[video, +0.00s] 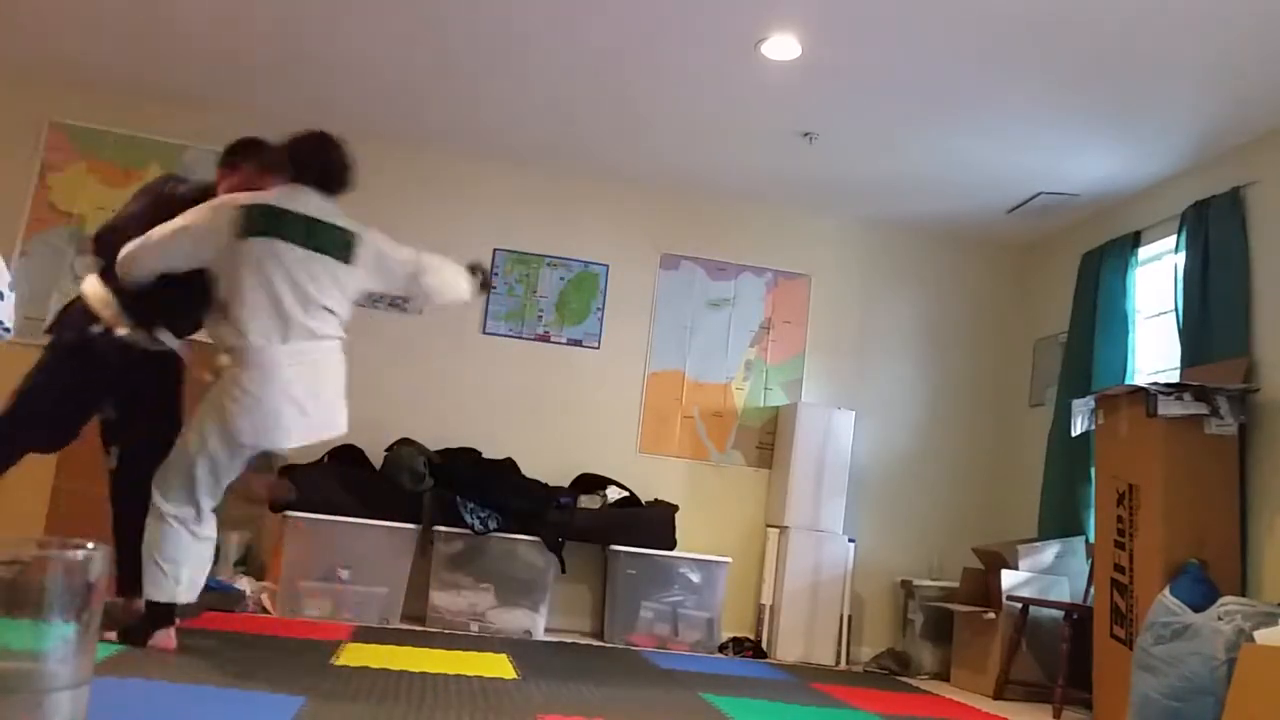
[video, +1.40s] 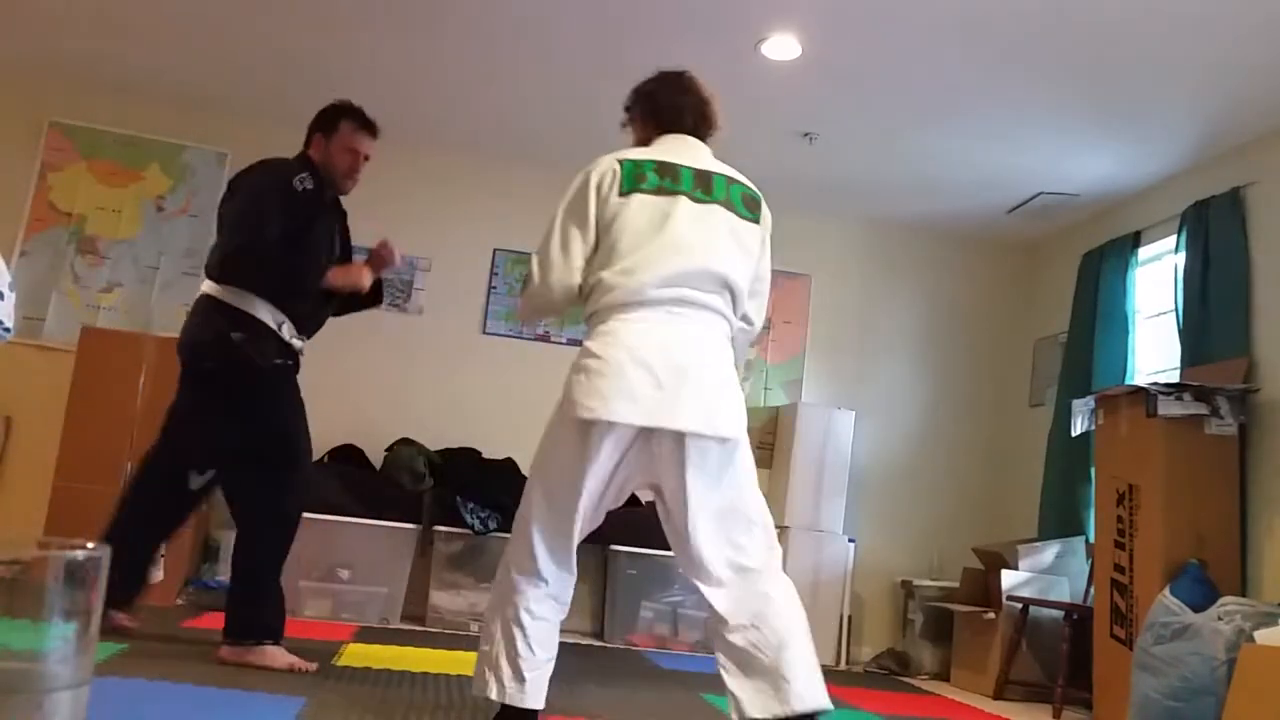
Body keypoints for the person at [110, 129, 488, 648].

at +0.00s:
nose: (257, 175)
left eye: (270, 166)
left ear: (282, 167)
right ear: (337, 183)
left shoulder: (238, 214)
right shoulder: (355, 241)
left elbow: (137, 259)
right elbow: (427, 278)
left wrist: (129, 272)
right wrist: (473, 278)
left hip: (248, 400)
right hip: (320, 407)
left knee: (180, 494)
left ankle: (160, 621)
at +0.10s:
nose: (263, 192)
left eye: (274, 187)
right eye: (262, 180)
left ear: (275, 190)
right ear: (240, 168)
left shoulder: (267, 230)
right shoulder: (182, 185)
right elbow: (123, 231)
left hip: (181, 355)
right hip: (119, 329)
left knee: (153, 479)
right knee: (80, 430)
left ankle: (130, 601)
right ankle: (3, 494)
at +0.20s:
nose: (284, 188)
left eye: (291, 179)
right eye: (277, 174)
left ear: (293, 179)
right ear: (244, 164)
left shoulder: (286, 228)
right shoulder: (185, 196)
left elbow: (336, 264)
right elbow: (138, 259)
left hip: (200, 359)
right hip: (140, 336)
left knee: (162, 480)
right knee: (117, 437)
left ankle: (131, 597)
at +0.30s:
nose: (287, 188)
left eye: (293, 177)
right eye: (278, 174)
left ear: (298, 177)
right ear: (244, 166)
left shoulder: (293, 235)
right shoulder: (190, 203)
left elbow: (344, 281)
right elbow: (137, 275)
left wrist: (341, 238)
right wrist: (206, 247)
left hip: (215, 373)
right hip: (159, 352)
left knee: (168, 479)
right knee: (147, 467)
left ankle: (133, 592)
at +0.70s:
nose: (332, 136)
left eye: (341, 127)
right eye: (325, 121)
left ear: (342, 127)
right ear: (289, 109)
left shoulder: (326, 178)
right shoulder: (234, 142)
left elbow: (353, 267)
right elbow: (195, 219)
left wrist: (349, 212)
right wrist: (271, 190)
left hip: (276, 331)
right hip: (221, 314)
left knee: (248, 467)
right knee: (215, 467)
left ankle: (186, 593)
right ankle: (189, 641)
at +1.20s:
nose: (362, 165)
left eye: (369, 156)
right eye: (355, 150)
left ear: (364, 156)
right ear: (319, 139)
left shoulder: (341, 218)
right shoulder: (259, 177)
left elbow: (322, 314)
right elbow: (210, 254)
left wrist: (348, 301)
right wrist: (294, 279)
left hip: (263, 341)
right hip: (231, 332)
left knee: (216, 485)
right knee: (286, 474)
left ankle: (170, 620)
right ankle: (250, 633)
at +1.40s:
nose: (360, 168)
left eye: (366, 160)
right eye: (353, 154)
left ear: (362, 161)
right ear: (319, 143)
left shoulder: (331, 218)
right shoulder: (274, 180)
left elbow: (317, 296)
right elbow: (240, 260)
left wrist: (372, 281)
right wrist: (327, 275)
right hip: (242, 348)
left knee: (174, 475)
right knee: (277, 494)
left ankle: (105, 596)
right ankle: (249, 637)